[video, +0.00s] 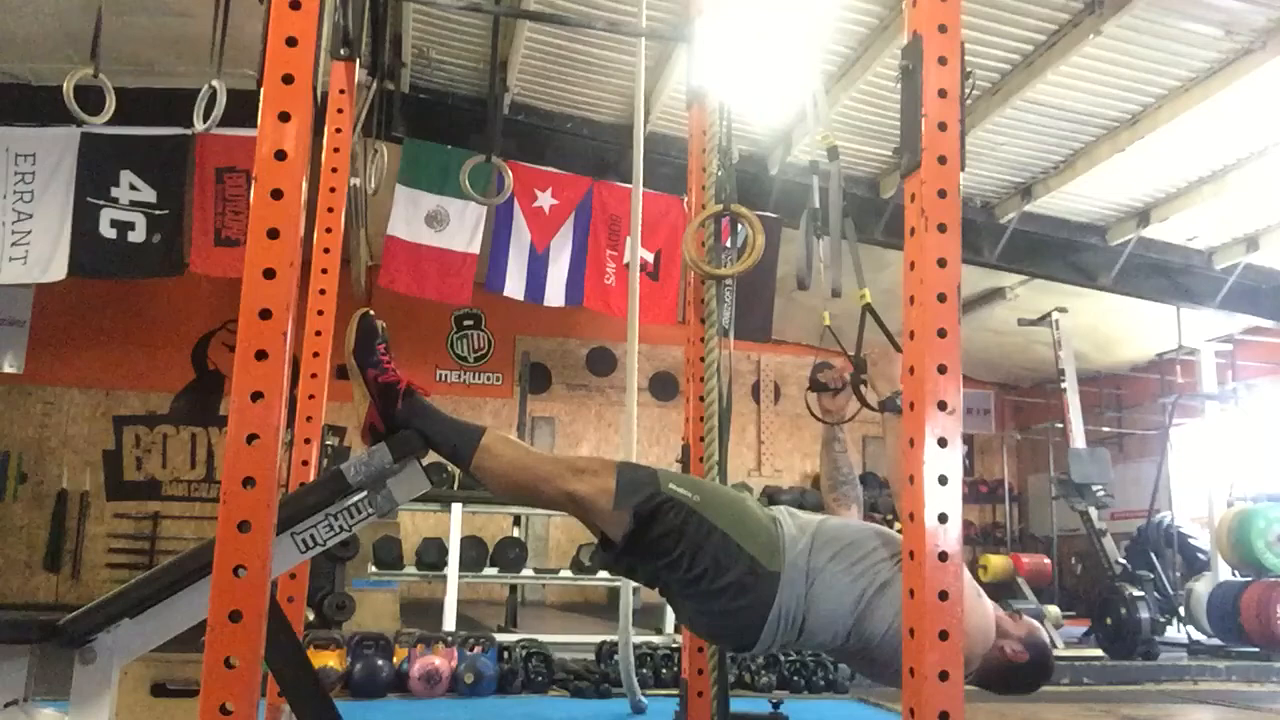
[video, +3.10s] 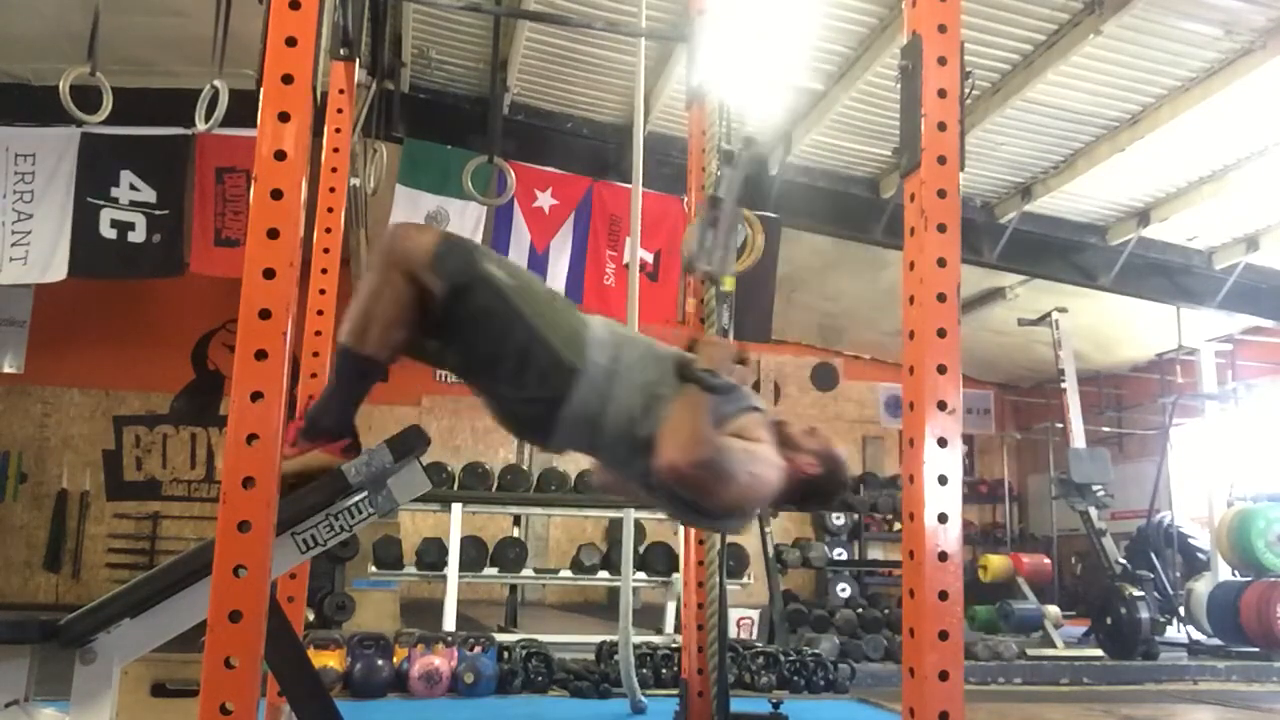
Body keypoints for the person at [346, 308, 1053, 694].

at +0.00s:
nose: (1015, 622)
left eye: (1019, 636)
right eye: (1024, 625)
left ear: (999, 656)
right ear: (1000, 632)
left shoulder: (968, 624)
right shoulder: (936, 621)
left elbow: (929, 537)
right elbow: (847, 512)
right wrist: (835, 415)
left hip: (764, 563)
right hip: (761, 552)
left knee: (596, 482)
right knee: (585, 488)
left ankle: (404, 406)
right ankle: (412, 444)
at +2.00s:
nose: (1017, 568)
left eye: (1024, 583)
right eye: (1025, 569)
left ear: (1007, 613)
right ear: (1002, 566)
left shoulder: (966, 596)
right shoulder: (947, 564)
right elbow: (859, 499)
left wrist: (934, 454)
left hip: (771, 549)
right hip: (766, 522)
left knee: (606, 479)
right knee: (600, 470)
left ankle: (402, 412)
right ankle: (416, 432)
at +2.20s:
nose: (1014, 502)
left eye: (1023, 512)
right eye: (1022, 499)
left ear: (1015, 544)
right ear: (1010, 492)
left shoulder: (969, 532)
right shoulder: (960, 496)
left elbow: (908, 490)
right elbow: (891, 460)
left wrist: (928, 428)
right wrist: (888, 409)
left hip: (786, 500)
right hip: (775, 475)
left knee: (605, 461)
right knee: (596, 453)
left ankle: (402, 417)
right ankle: (407, 415)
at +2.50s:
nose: (1019, 422)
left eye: (1030, 432)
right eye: (1025, 419)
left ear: (1027, 460)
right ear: (1011, 421)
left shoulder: (985, 465)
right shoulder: (964, 428)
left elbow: (907, 471)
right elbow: (886, 426)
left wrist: (918, 381)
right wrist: (895, 370)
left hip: (786, 443)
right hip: (776, 425)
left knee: (594, 373)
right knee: (579, 392)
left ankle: (389, 407)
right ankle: (398, 421)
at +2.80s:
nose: (925, 422)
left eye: (939, 432)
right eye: (937, 422)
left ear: (938, 467)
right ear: (927, 426)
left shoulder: (897, 486)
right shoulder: (884, 434)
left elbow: (825, 474)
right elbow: (828, 418)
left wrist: (824, 382)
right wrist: (830, 363)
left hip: (687, 418)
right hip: (688, 382)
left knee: (530, 294)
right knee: (515, 316)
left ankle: (370, 408)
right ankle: (378, 400)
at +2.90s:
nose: (894, 421)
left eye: (906, 434)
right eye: (904, 420)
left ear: (900, 470)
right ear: (891, 433)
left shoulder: (848, 480)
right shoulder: (832, 439)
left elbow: (772, 476)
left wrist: (802, 394)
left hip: (646, 405)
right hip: (646, 395)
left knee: (492, 276)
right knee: (485, 303)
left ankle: (352, 416)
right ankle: (357, 413)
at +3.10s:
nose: (809, 438)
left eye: (817, 452)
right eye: (817, 440)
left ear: (807, 471)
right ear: (804, 437)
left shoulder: (763, 473)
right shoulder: (746, 444)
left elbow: (679, 458)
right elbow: (602, 477)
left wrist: (710, 378)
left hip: (569, 373)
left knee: (410, 243)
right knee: (392, 296)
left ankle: (329, 421)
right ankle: (326, 421)